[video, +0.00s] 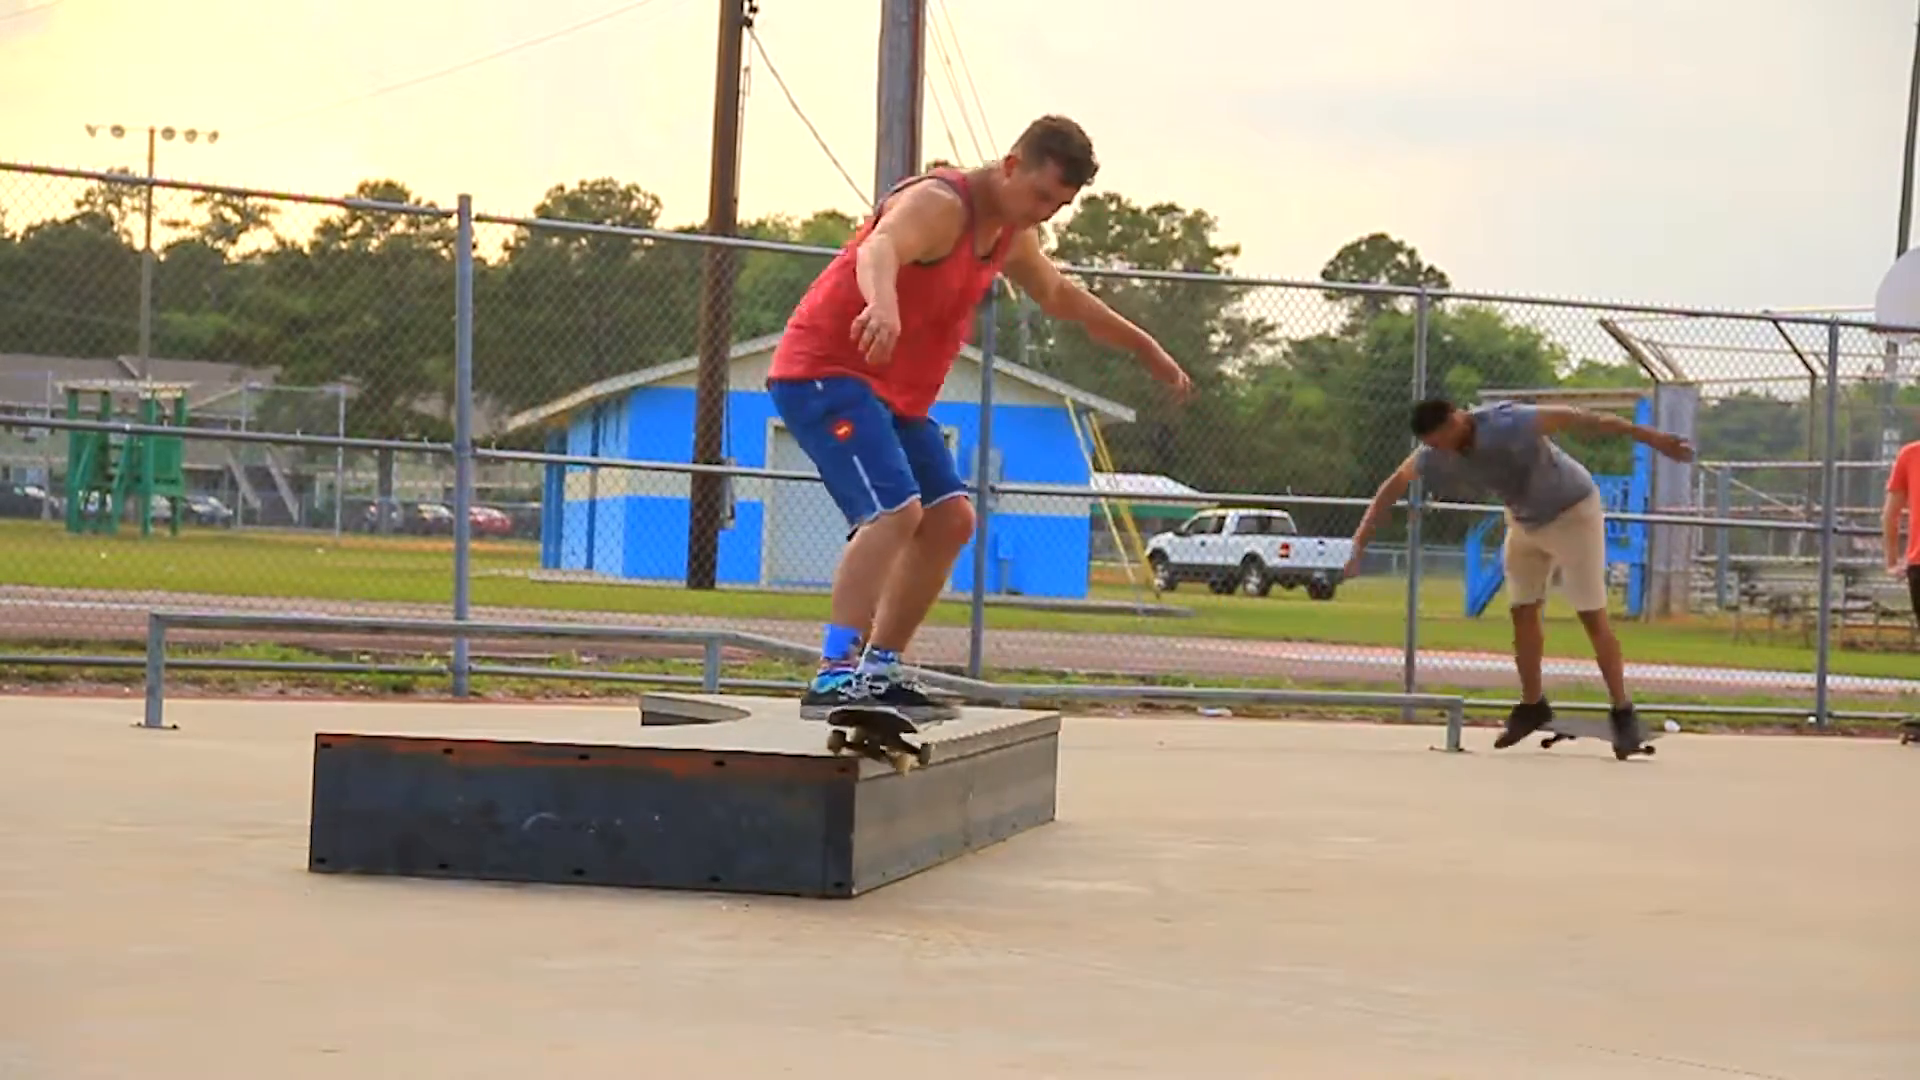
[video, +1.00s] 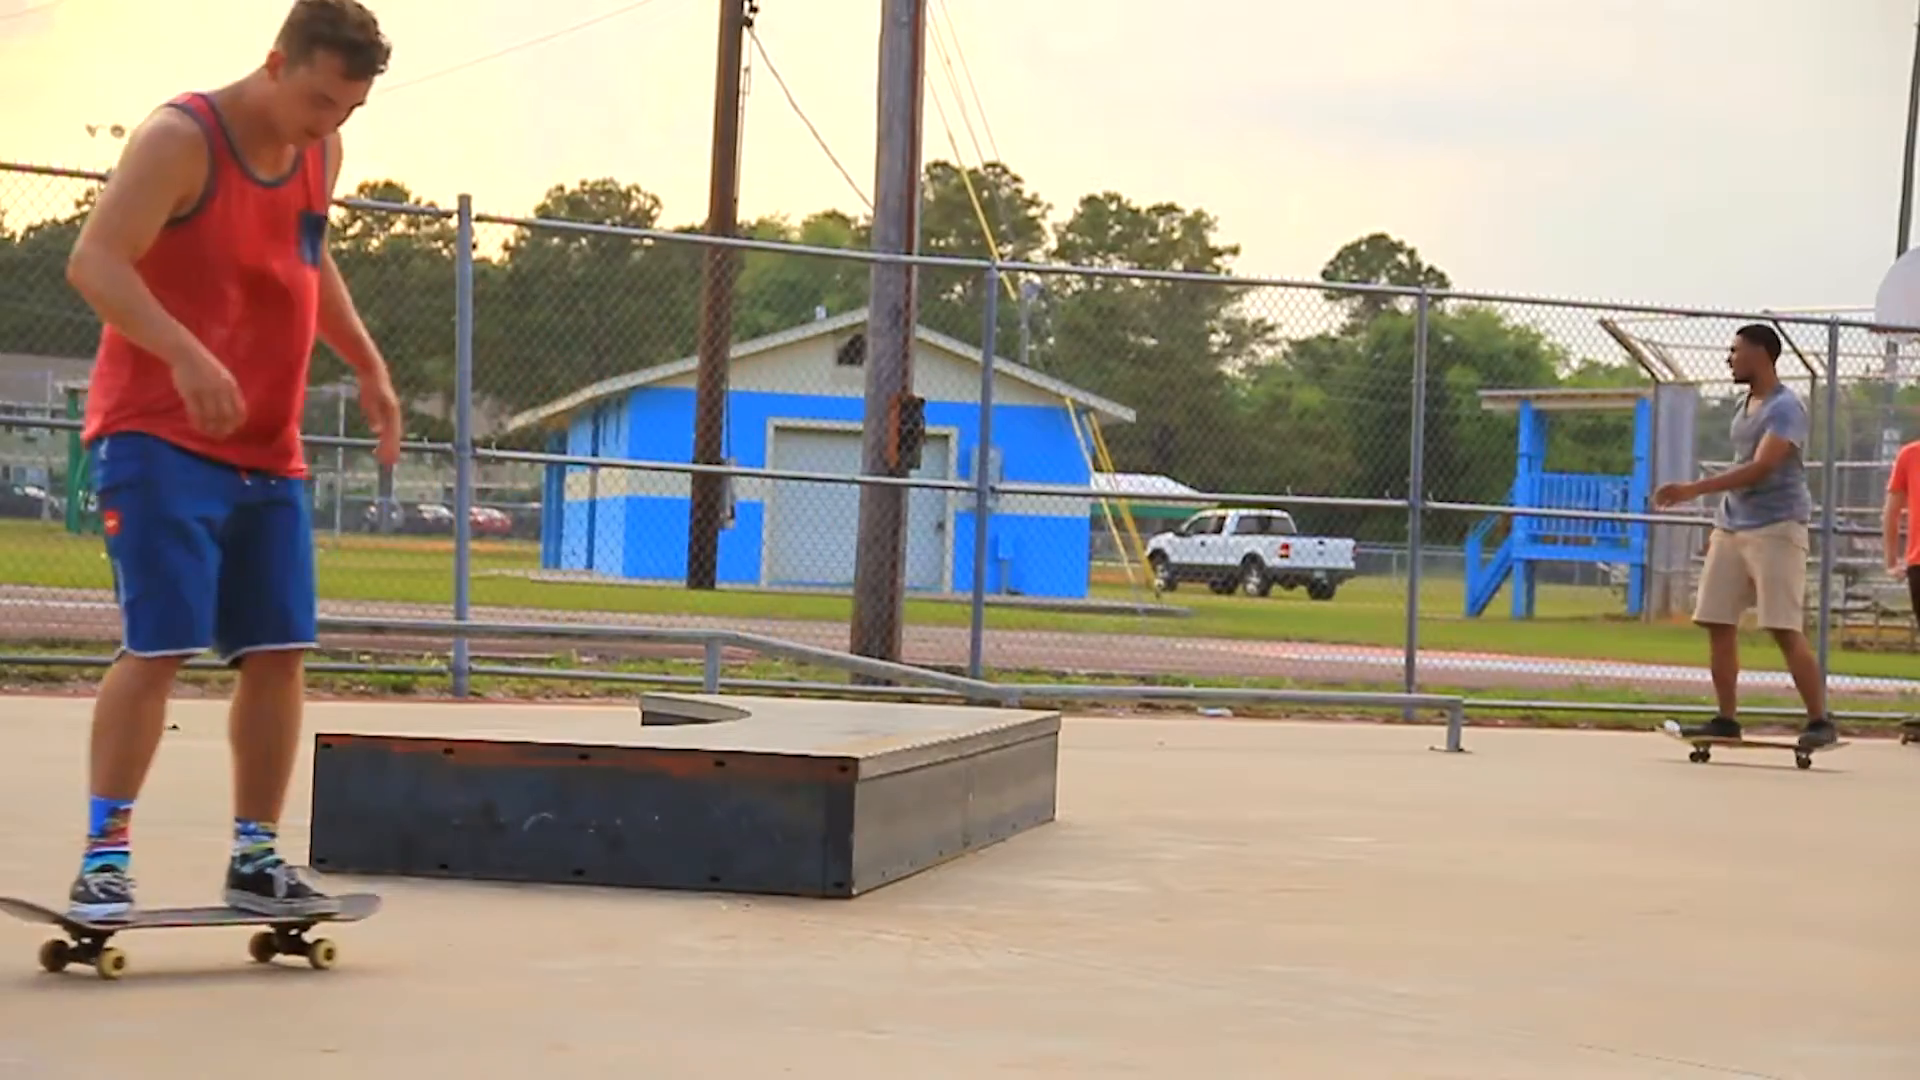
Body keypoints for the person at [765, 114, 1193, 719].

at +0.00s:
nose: (1046, 215)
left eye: (1057, 206)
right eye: (1043, 197)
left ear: (1066, 200)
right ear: (1010, 164)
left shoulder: (1013, 235)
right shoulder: (939, 203)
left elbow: (1062, 295)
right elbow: (880, 247)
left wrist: (1146, 345)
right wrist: (883, 300)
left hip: (894, 392)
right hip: (825, 371)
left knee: (950, 516)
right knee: (895, 509)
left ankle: (877, 670)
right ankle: (835, 673)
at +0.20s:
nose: (960, 170)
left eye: (971, 158)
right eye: (953, 154)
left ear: (971, 147)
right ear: (917, 123)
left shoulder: (921, 181)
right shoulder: (855, 178)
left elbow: (959, 148)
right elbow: (793, 179)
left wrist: (998, 153)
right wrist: (747, 173)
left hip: (832, 390)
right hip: (753, 379)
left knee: (917, 505)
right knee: (832, 517)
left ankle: (870, 677)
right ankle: (790, 712)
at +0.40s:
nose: (847, 237)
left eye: (857, 223)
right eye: (837, 219)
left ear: (862, 215)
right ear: (794, 193)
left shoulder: (797, 255)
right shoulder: (727, 271)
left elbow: (731, 214)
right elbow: (619, 315)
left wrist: (686, 199)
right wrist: (545, 357)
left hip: (793, 506)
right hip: (712, 497)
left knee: (847, 662)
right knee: (790, 650)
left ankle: (792, 834)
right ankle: (727, 834)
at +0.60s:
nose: (706, 234)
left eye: (718, 220)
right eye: (698, 214)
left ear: (726, 207)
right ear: (656, 183)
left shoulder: (676, 255)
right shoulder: (580, 259)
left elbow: (669, 368)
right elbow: (502, 376)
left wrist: (708, 444)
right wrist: (574, 489)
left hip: (659, 506)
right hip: (570, 503)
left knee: (712, 660)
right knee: (630, 659)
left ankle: (690, 845)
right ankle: (578, 850)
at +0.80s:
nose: (529, 188)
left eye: (543, 174)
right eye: (523, 167)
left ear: (551, 156)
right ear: (479, 128)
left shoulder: (502, 199)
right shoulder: (388, 194)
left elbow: (502, 277)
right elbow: (322, 316)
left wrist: (574, 312)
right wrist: (446, 377)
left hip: (469, 462)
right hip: (375, 459)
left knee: (528, 638)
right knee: (425, 649)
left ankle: (530, 843)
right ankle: (389, 855)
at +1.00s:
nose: (334, 124)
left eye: (348, 109)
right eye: (329, 102)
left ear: (351, 94)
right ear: (281, 64)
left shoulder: (315, 150)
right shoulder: (179, 138)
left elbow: (308, 262)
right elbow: (95, 261)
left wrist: (369, 365)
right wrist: (188, 354)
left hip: (267, 448)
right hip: (159, 439)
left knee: (278, 644)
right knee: (159, 641)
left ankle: (256, 857)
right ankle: (105, 858)